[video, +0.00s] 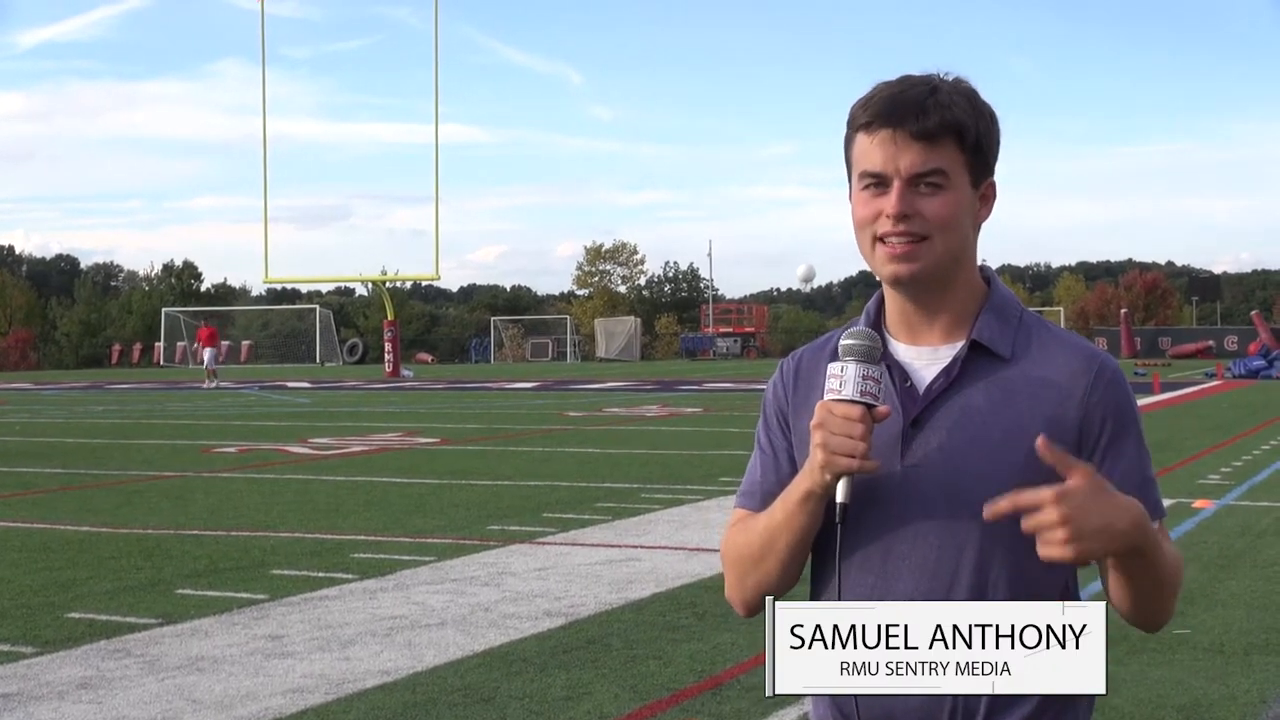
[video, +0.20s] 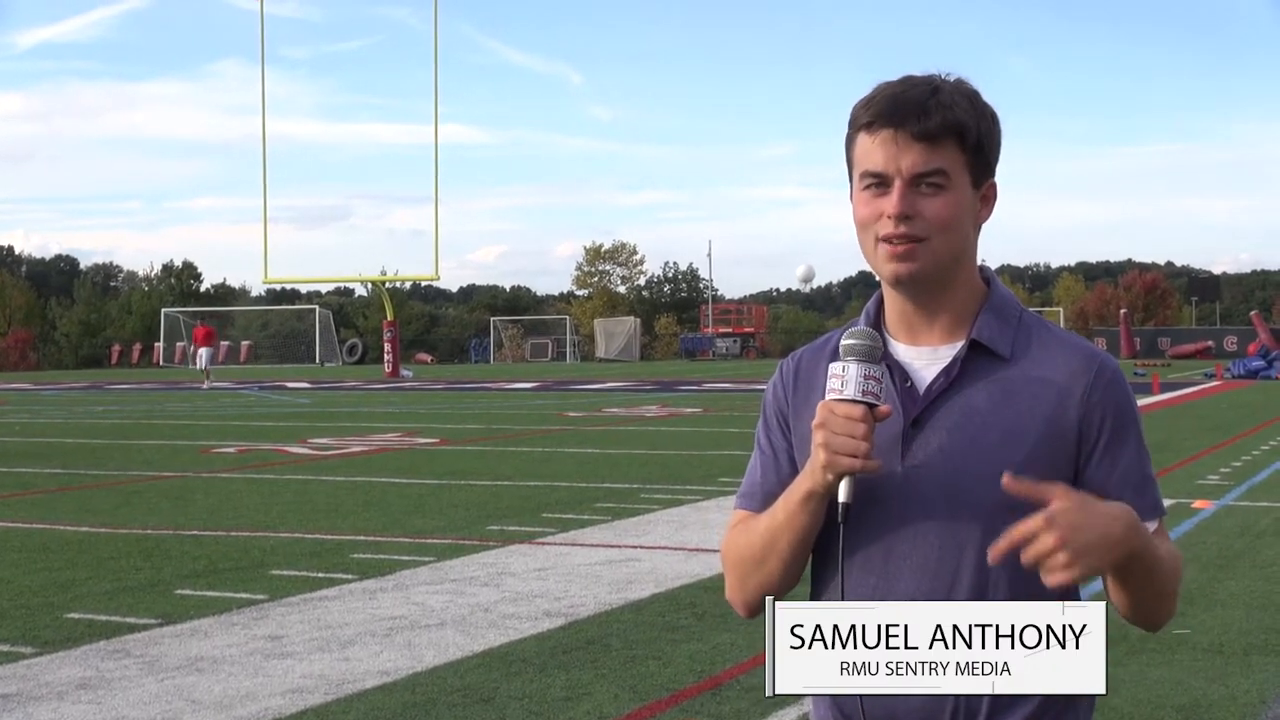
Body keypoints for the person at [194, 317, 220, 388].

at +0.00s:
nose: (204, 324)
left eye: (205, 323)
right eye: (203, 323)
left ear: (207, 323)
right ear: (201, 323)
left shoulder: (213, 330)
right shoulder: (200, 330)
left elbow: (217, 341)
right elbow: (198, 340)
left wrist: (219, 350)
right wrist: (195, 345)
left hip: (211, 348)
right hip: (205, 348)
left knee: (206, 365)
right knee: (211, 366)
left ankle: (207, 381)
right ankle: (216, 380)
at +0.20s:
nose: (200, 324)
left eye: (201, 322)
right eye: (199, 322)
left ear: (204, 322)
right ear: (198, 322)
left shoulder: (210, 329)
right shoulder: (196, 330)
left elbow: (214, 340)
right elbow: (194, 342)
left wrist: (214, 347)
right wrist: (192, 348)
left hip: (207, 348)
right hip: (200, 348)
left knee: (205, 366)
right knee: (199, 367)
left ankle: (206, 382)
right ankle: (209, 377)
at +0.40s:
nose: (195, 323)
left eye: (196, 321)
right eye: (193, 321)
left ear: (199, 321)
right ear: (192, 322)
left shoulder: (203, 329)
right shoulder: (190, 330)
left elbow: (206, 340)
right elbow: (190, 340)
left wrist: (206, 348)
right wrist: (189, 348)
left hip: (202, 348)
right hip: (194, 348)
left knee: (203, 367)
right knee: (190, 367)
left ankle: (206, 382)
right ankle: (194, 381)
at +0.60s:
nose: (188, 323)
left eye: (189, 322)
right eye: (187, 322)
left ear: (193, 322)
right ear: (185, 323)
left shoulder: (196, 330)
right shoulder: (185, 331)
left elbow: (198, 340)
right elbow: (185, 341)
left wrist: (195, 349)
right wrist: (184, 349)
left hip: (195, 350)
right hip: (187, 351)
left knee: (198, 368)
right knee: (184, 368)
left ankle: (203, 383)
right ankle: (182, 382)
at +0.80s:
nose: (181, 322)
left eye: (182, 321)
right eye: (180, 321)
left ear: (184, 322)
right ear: (178, 322)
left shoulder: (188, 330)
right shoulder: (176, 331)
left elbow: (192, 341)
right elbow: (176, 342)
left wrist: (192, 351)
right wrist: (175, 352)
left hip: (186, 350)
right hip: (178, 350)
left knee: (187, 368)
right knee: (179, 368)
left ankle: (196, 380)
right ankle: (180, 384)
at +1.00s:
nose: (175, 323)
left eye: (177, 321)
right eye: (174, 321)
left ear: (179, 322)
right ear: (172, 322)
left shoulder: (183, 330)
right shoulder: (170, 330)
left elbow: (187, 340)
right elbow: (166, 342)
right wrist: (164, 350)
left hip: (181, 349)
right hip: (174, 349)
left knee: (176, 366)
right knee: (176, 367)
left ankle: (179, 384)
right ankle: (179, 384)